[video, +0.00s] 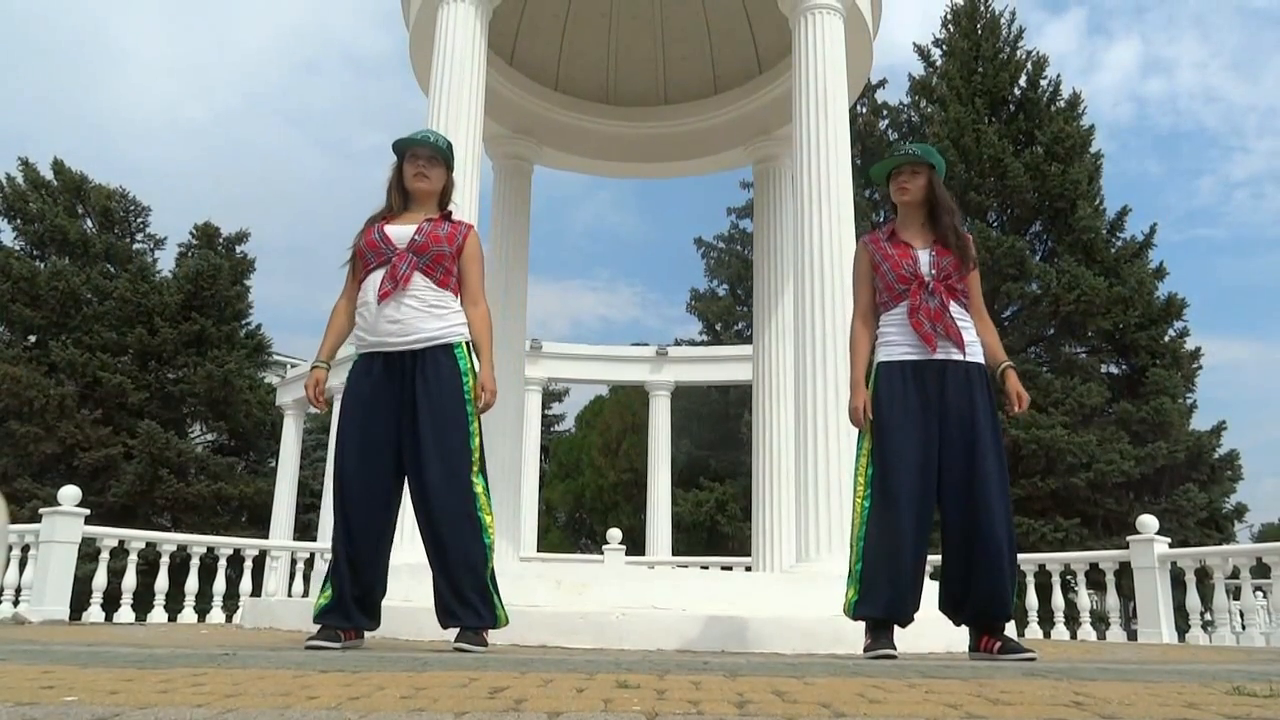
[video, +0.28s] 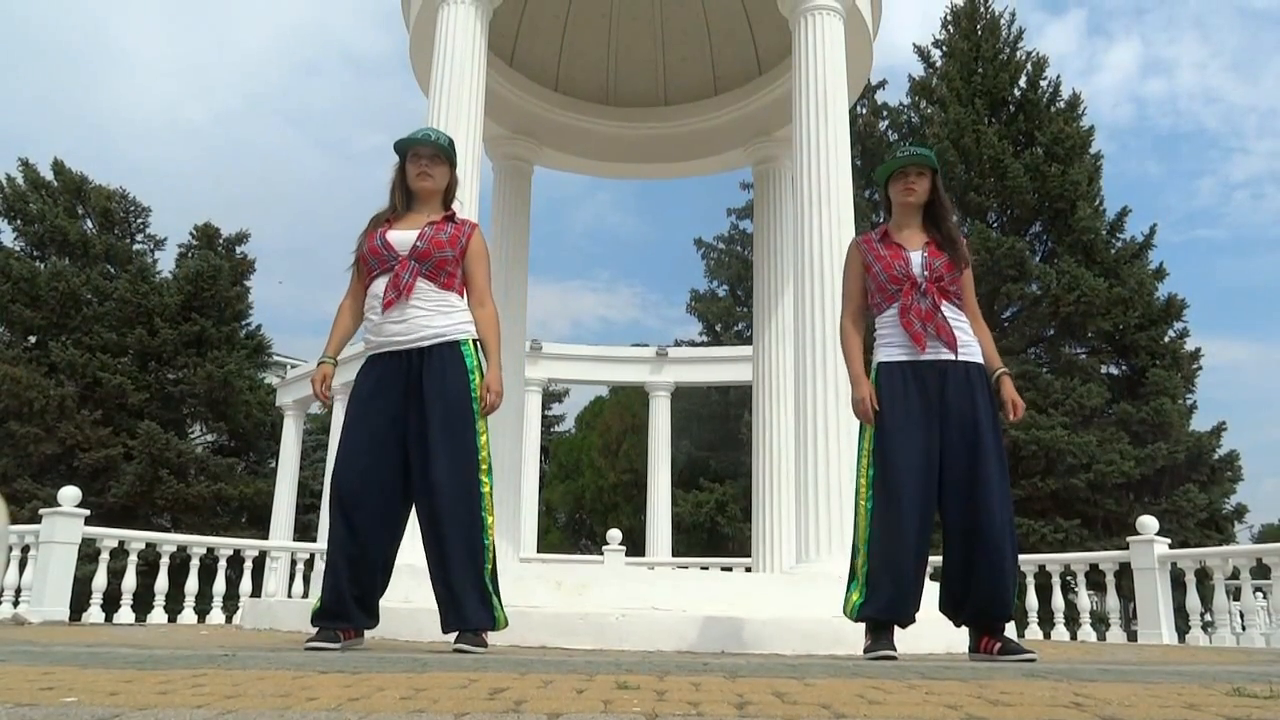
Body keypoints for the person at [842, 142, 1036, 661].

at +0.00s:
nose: (904, 180)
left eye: (914, 172)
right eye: (897, 174)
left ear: (934, 182)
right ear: (888, 185)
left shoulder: (960, 242)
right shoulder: (872, 246)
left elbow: (979, 314)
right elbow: (864, 320)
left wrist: (1006, 370)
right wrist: (858, 384)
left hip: (965, 379)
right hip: (900, 379)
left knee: (981, 498)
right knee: (898, 499)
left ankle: (986, 632)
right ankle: (880, 628)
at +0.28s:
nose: (911, 181)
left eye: (920, 174)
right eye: (903, 174)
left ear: (933, 187)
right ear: (887, 186)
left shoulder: (953, 246)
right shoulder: (865, 248)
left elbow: (974, 317)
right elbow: (852, 320)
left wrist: (1002, 375)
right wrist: (858, 379)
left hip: (964, 380)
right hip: (901, 380)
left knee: (981, 498)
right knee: (900, 500)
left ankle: (985, 632)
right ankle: (881, 627)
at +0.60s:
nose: (912, 180)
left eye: (920, 174)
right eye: (903, 174)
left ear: (933, 186)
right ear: (887, 186)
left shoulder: (954, 247)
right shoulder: (867, 246)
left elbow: (971, 318)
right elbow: (854, 317)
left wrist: (996, 377)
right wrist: (853, 382)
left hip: (960, 381)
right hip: (895, 381)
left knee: (976, 499)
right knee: (894, 501)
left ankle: (985, 633)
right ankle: (880, 628)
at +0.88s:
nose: (915, 176)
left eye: (924, 169)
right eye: (906, 170)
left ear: (936, 182)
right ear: (890, 183)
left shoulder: (955, 242)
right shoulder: (867, 237)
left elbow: (975, 318)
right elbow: (849, 311)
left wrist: (1012, 344)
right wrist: (850, 362)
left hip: (956, 380)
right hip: (893, 380)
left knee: (972, 496)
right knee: (892, 499)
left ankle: (968, 627)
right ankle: (881, 628)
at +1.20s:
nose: (927, 177)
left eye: (936, 172)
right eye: (917, 173)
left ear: (949, 190)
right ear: (902, 193)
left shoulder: (965, 243)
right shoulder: (887, 240)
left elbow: (993, 320)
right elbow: (899, 311)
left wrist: (999, 275)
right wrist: (971, 268)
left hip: (955, 383)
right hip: (900, 381)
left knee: (969, 489)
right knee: (938, 482)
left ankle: (938, 627)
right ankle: (926, 622)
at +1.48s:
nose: (930, 147)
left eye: (939, 141)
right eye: (919, 142)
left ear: (955, 160)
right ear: (902, 162)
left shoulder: (972, 222)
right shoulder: (886, 213)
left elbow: (1011, 290)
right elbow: (855, 286)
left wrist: (1048, 251)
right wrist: (895, 217)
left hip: (950, 370)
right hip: (901, 363)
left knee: (936, 480)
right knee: (937, 475)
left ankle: (884, 596)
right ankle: (924, 630)